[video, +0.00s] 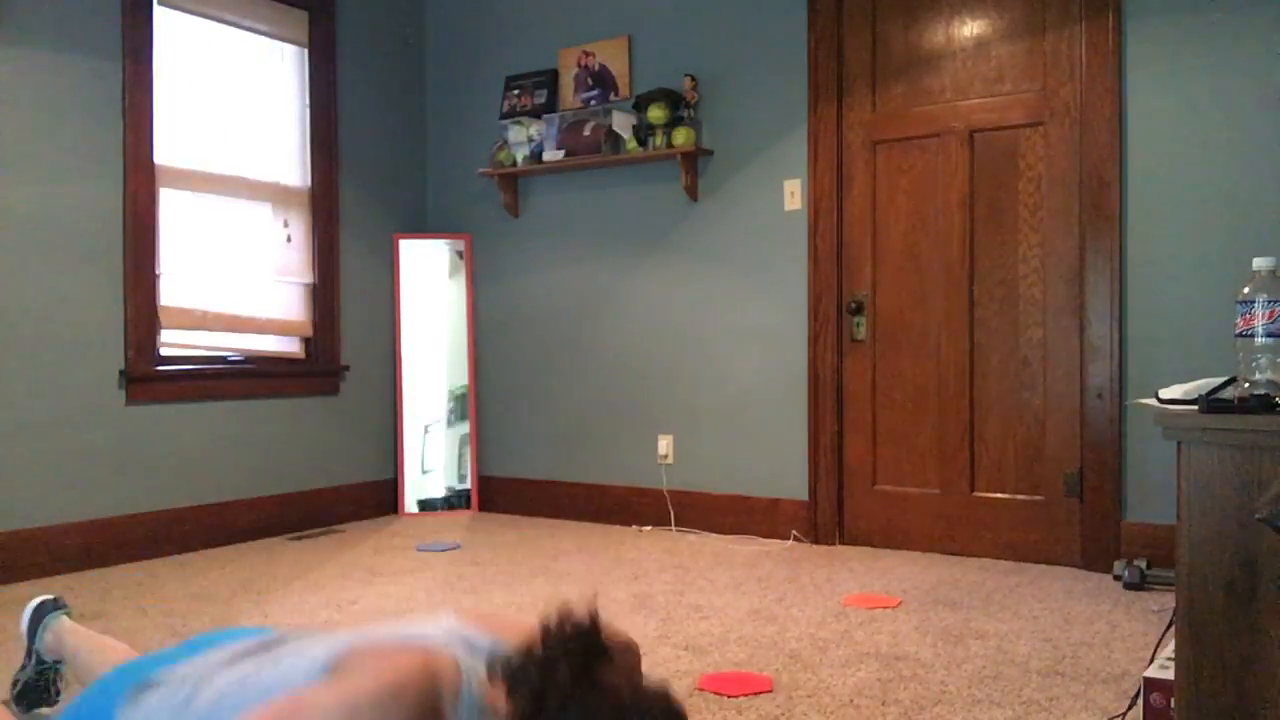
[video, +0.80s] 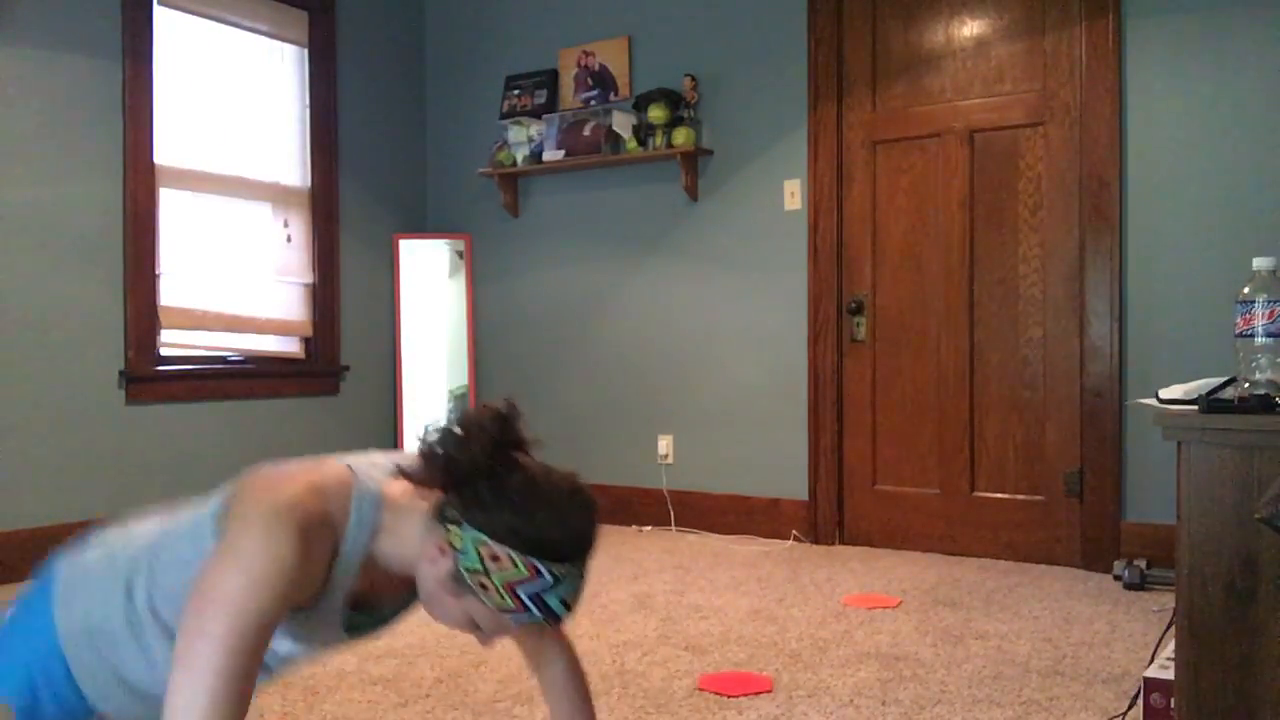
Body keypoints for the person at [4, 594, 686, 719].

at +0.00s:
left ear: (577, 663)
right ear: (547, 718)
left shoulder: (518, 657)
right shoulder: (412, 681)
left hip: (272, 651)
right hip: (209, 693)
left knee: (155, 665)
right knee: (126, 683)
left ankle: (53, 633)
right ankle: (51, 634)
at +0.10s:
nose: (590, 646)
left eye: (589, 650)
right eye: (601, 651)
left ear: (567, 666)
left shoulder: (477, 689)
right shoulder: (481, 692)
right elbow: (622, 649)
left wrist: (551, 680)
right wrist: (572, 685)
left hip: (271, 675)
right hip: (268, 682)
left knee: (147, 681)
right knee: (143, 682)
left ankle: (57, 629)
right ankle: (54, 627)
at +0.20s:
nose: (586, 674)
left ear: (585, 687)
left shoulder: (523, 702)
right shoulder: (523, 703)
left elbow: (621, 651)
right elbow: (622, 650)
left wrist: (587, 693)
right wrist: (588, 696)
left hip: (280, 682)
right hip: (259, 695)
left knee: (149, 681)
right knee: (139, 688)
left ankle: (57, 623)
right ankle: (56, 625)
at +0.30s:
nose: (594, 642)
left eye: (592, 650)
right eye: (607, 649)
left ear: (565, 666)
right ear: (590, 710)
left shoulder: (484, 693)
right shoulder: (499, 693)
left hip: (272, 688)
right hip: (275, 691)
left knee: (156, 685)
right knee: (154, 686)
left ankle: (63, 622)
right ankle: (61, 623)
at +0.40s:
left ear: (564, 664)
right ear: (558, 714)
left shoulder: (521, 669)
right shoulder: (415, 687)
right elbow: (291, 712)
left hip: (297, 669)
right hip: (244, 698)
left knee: (171, 674)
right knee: (147, 689)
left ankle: (63, 620)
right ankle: (61, 622)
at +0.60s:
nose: (540, 718)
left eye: (565, 708)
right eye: (547, 697)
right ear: (523, 638)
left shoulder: (491, 576)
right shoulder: (346, 598)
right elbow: (205, 710)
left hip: (245, 638)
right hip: (146, 685)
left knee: (135, 649)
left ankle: (50, 625)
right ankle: (42, 655)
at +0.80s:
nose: (489, 635)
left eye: (508, 625)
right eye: (489, 615)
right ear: (454, 549)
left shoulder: (458, 513)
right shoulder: (281, 523)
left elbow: (548, 653)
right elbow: (197, 716)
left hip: (179, 667)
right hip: (64, 659)